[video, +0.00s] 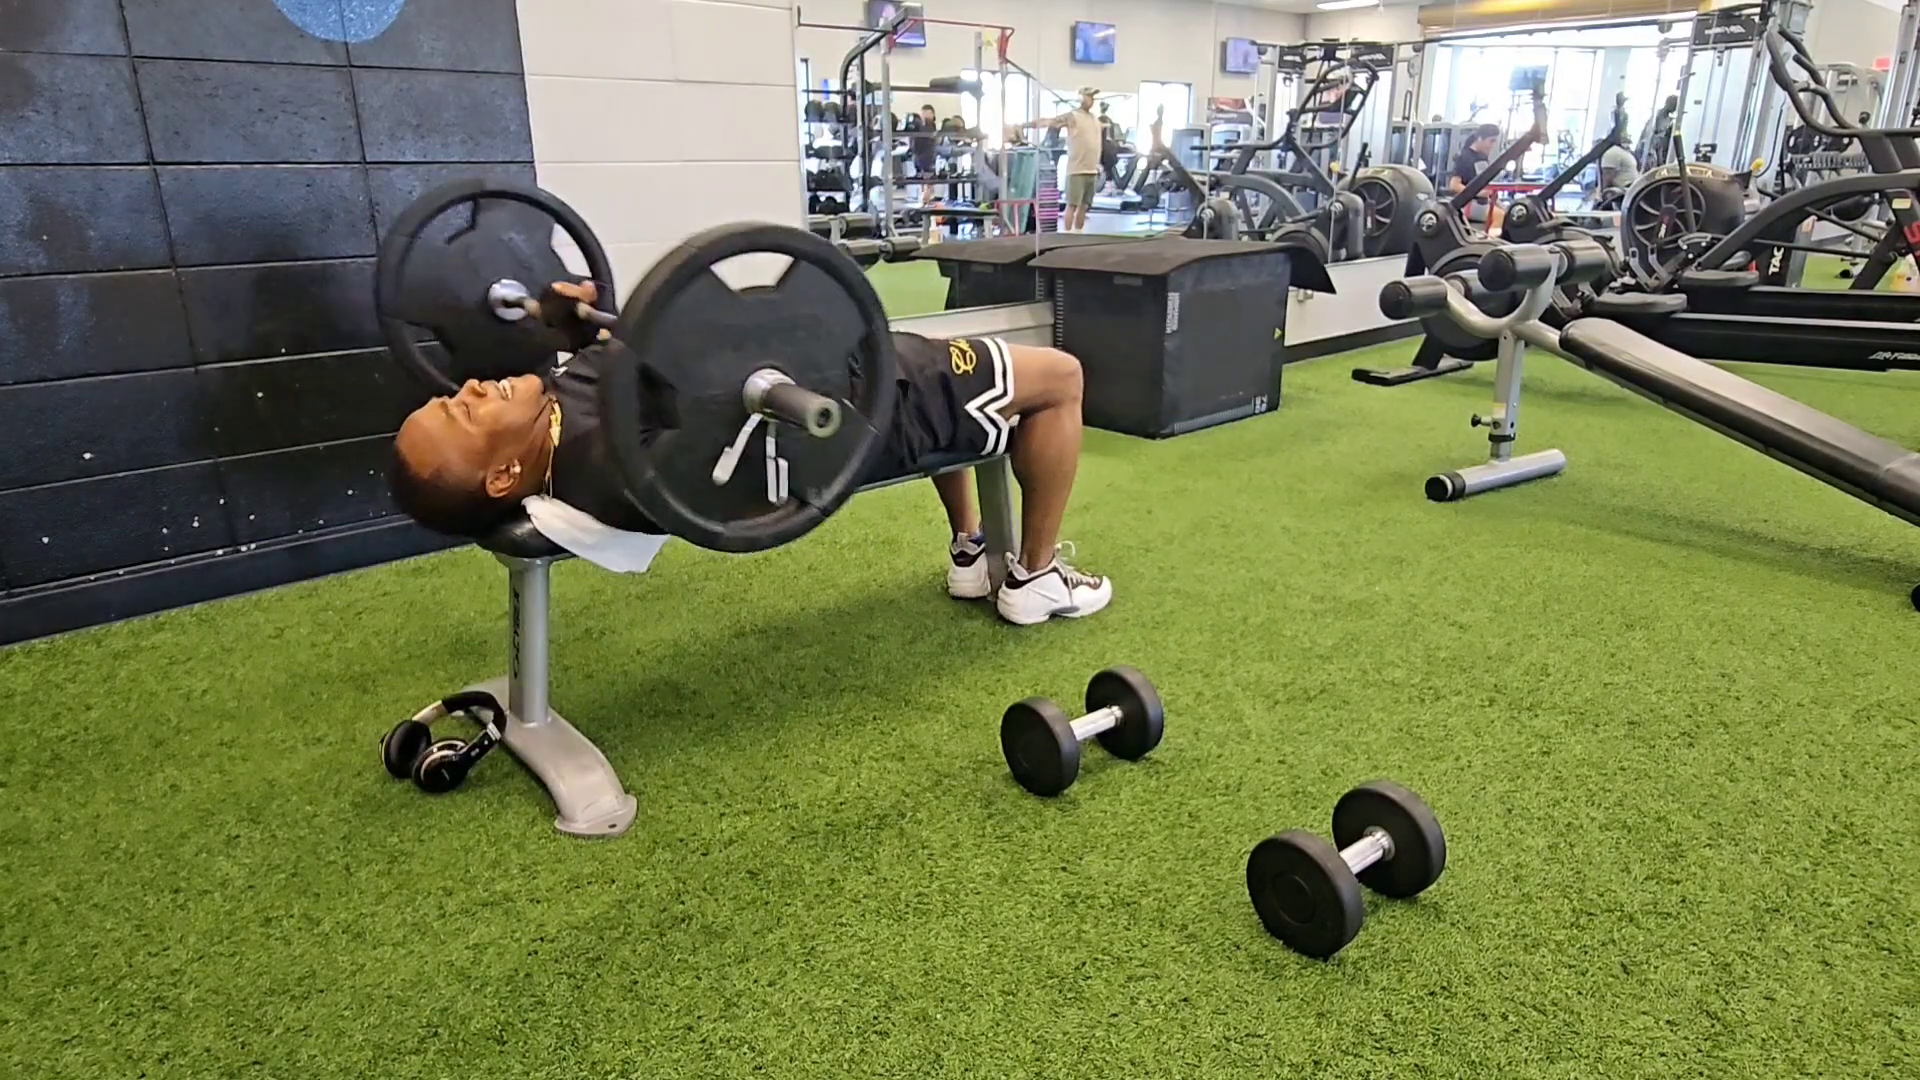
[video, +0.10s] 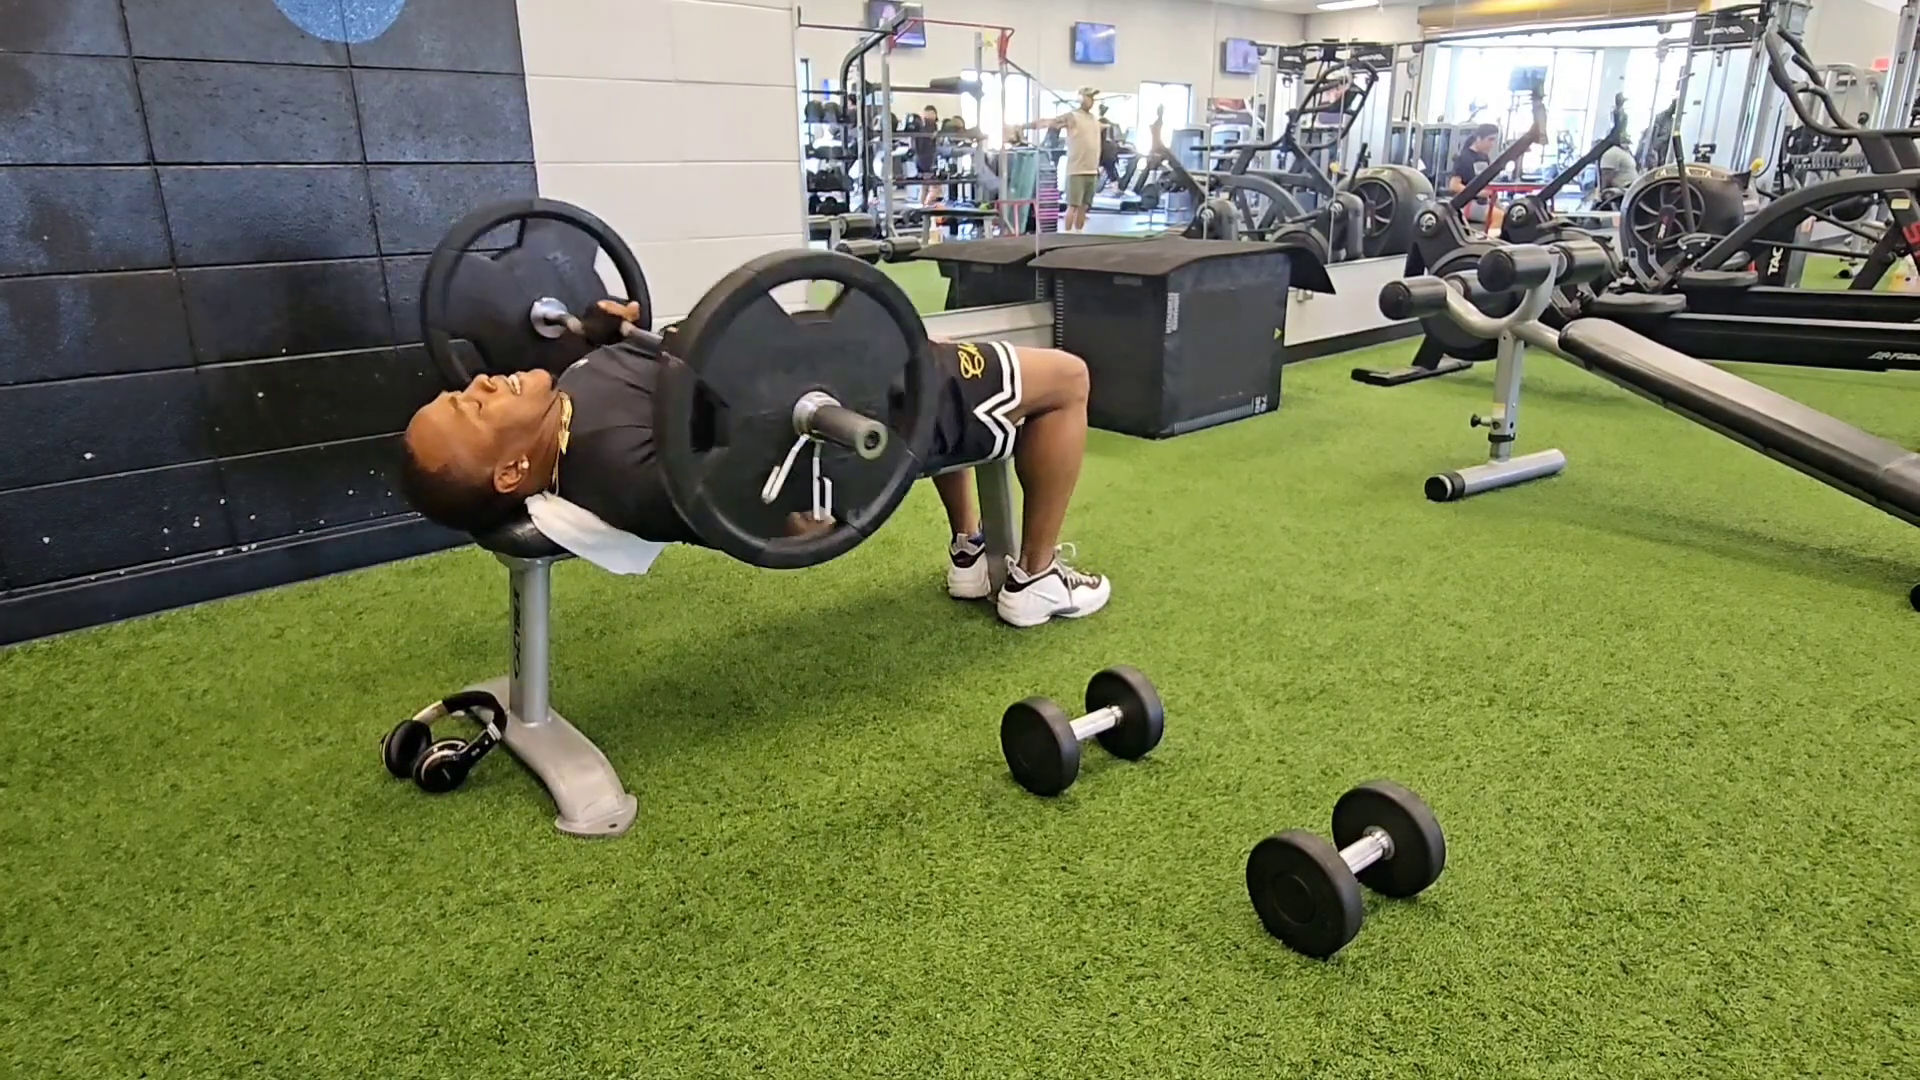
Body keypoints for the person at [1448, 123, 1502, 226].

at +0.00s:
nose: (1492, 146)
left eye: (1494, 142)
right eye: (1491, 141)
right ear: (1480, 138)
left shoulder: (1483, 156)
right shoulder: (1465, 156)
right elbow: (1454, 185)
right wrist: (1478, 193)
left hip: (1486, 201)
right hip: (1469, 203)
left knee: (1505, 213)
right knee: (1499, 216)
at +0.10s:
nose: (1492, 144)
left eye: (1494, 140)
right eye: (1490, 140)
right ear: (1479, 138)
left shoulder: (1485, 157)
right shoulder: (1464, 156)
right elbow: (1454, 185)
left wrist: (1491, 191)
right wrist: (1478, 192)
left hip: (1486, 200)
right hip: (1469, 203)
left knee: (1506, 214)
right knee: (1499, 216)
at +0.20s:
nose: (1492, 144)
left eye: (1494, 140)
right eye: (1490, 139)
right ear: (1479, 138)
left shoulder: (1486, 157)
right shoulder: (1465, 156)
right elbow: (1455, 185)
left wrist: (1493, 191)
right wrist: (1480, 193)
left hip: (1487, 201)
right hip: (1469, 202)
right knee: (1499, 217)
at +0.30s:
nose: (1498, 142)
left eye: (1500, 138)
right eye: (1495, 138)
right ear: (1484, 138)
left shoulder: (1493, 158)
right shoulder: (1471, 156)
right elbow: (1458, 183)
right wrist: (1482, 191)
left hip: (1492, 201)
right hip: (1470, 201)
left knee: (1510, 211)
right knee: (1498, 215)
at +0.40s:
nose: (1504, 143)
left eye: (1505, 139)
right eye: (1502, 138)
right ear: (1490, 138)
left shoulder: (1497, 159)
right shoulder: (1478, 157)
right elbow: (1463, 185)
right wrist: (1486, 194)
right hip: (1469, 201)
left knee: (1510, 211)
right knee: (1498, 216)